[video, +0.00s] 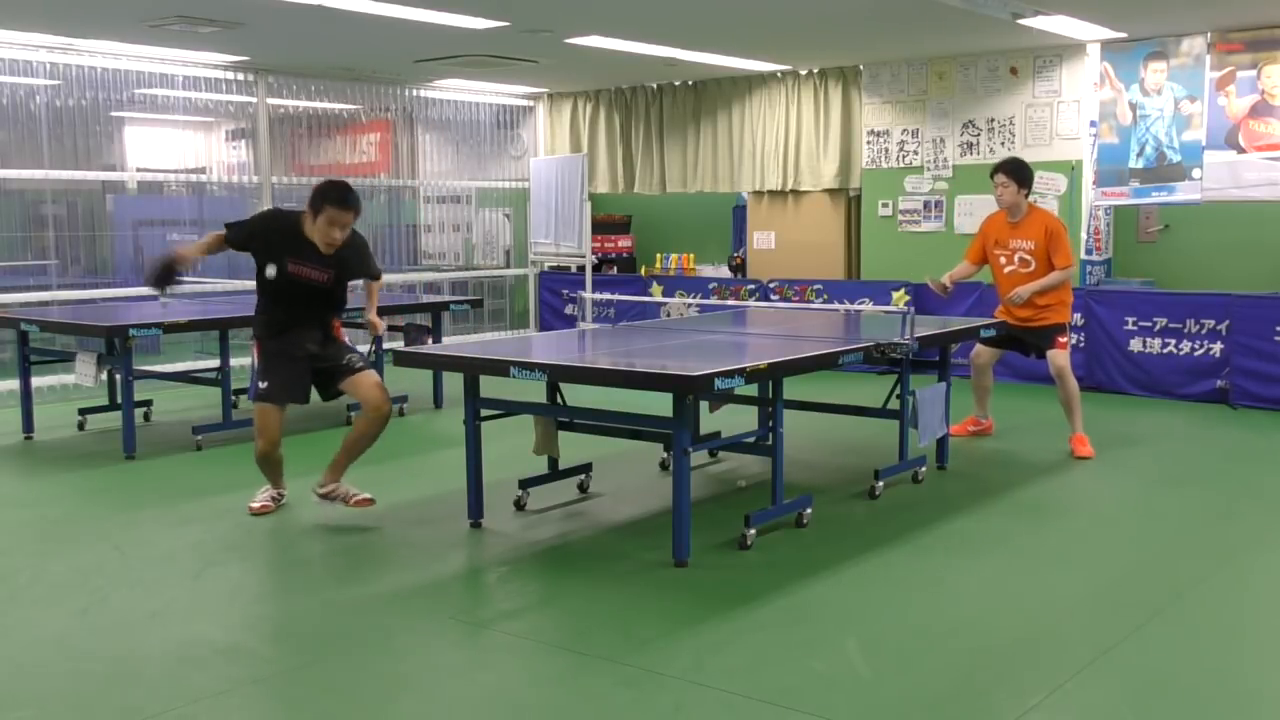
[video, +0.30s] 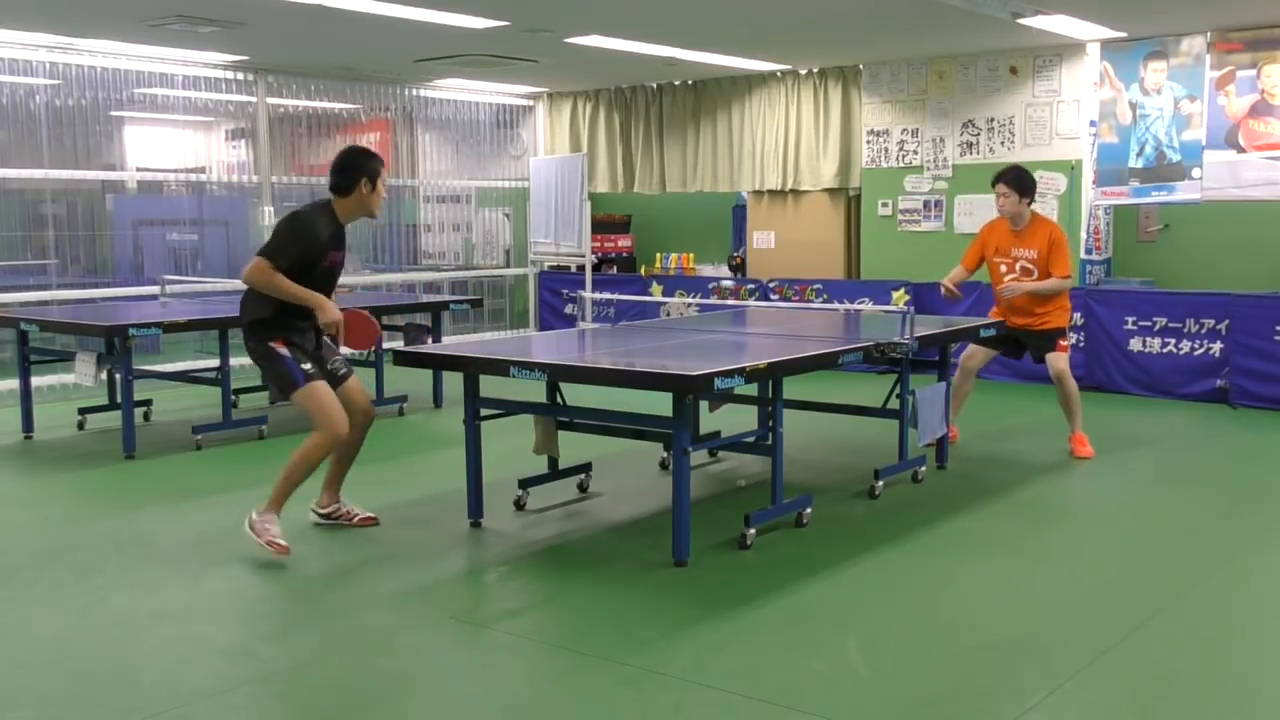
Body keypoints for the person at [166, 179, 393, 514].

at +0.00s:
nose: (338, 236)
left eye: (346, 228)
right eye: (332, 226)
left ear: (353, 222)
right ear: (311, 214)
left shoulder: (354, 247)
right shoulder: (274, 226)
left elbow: (374, 277)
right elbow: (223, 239)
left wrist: (371, 312)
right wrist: (191, 252)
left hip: (325, 338)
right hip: (275, 341)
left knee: (379, 405)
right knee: (266, 446)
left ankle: (330, 482)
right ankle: (276, 488)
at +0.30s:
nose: (384, 195)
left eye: (383, 187)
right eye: (381, 186)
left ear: (355, 186)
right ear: (363, 187)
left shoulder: (335, 228)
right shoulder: (307, 224)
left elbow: (308, 283)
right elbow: (255, 272)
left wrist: (326, 319)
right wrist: (318, 300)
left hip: (306, 330)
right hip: (271, 332)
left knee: (361, 412)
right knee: (334, 426)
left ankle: (328, 503)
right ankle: (267, 515)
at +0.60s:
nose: (334, 181)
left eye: (333, 171)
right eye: (332, 171)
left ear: (285, 170)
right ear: (315, 170)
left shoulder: (255, 205)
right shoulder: (303, 213)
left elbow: (245, 273)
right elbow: (352, 286)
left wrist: (292, 318)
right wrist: (399, 321)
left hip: (210, 335)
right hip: (239, 341)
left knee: (268, 422)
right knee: (324, 437)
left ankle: (257, 518)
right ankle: (306, 567)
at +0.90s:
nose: (257, 245)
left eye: (257, 236)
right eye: (256, 235)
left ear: (207, 229)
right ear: (243, 233)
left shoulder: (167, 260)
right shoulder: (233, 273)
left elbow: (210, 322)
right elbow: (272, 355)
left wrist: (288, 329)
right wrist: (265, 400)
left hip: (131, 392)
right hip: (182, 402)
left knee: (160, 459)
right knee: (286, 498)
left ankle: (96, 553)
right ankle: (258, 616)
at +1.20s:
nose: (160, 209)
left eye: (157, 199)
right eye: (155, 199)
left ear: (108, 205)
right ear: (135, 204)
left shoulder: (69, 250)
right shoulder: (144, 257)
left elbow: (11, 316)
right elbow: (227, 274)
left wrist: (37, 351)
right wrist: (308, 253)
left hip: (26, 382)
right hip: (72, 388)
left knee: (65, 447)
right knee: (142, 514)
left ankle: (19, 547)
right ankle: (102, 627)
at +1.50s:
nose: (78, 166)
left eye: (76, 155)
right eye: (71, 155)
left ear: (41, 163)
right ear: (44, 163)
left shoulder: (18, 209)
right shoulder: (17, 214)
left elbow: (11, 299)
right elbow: (8, 299)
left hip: (10, 368)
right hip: (1, 373)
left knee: (32, 440)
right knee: (25, 487)